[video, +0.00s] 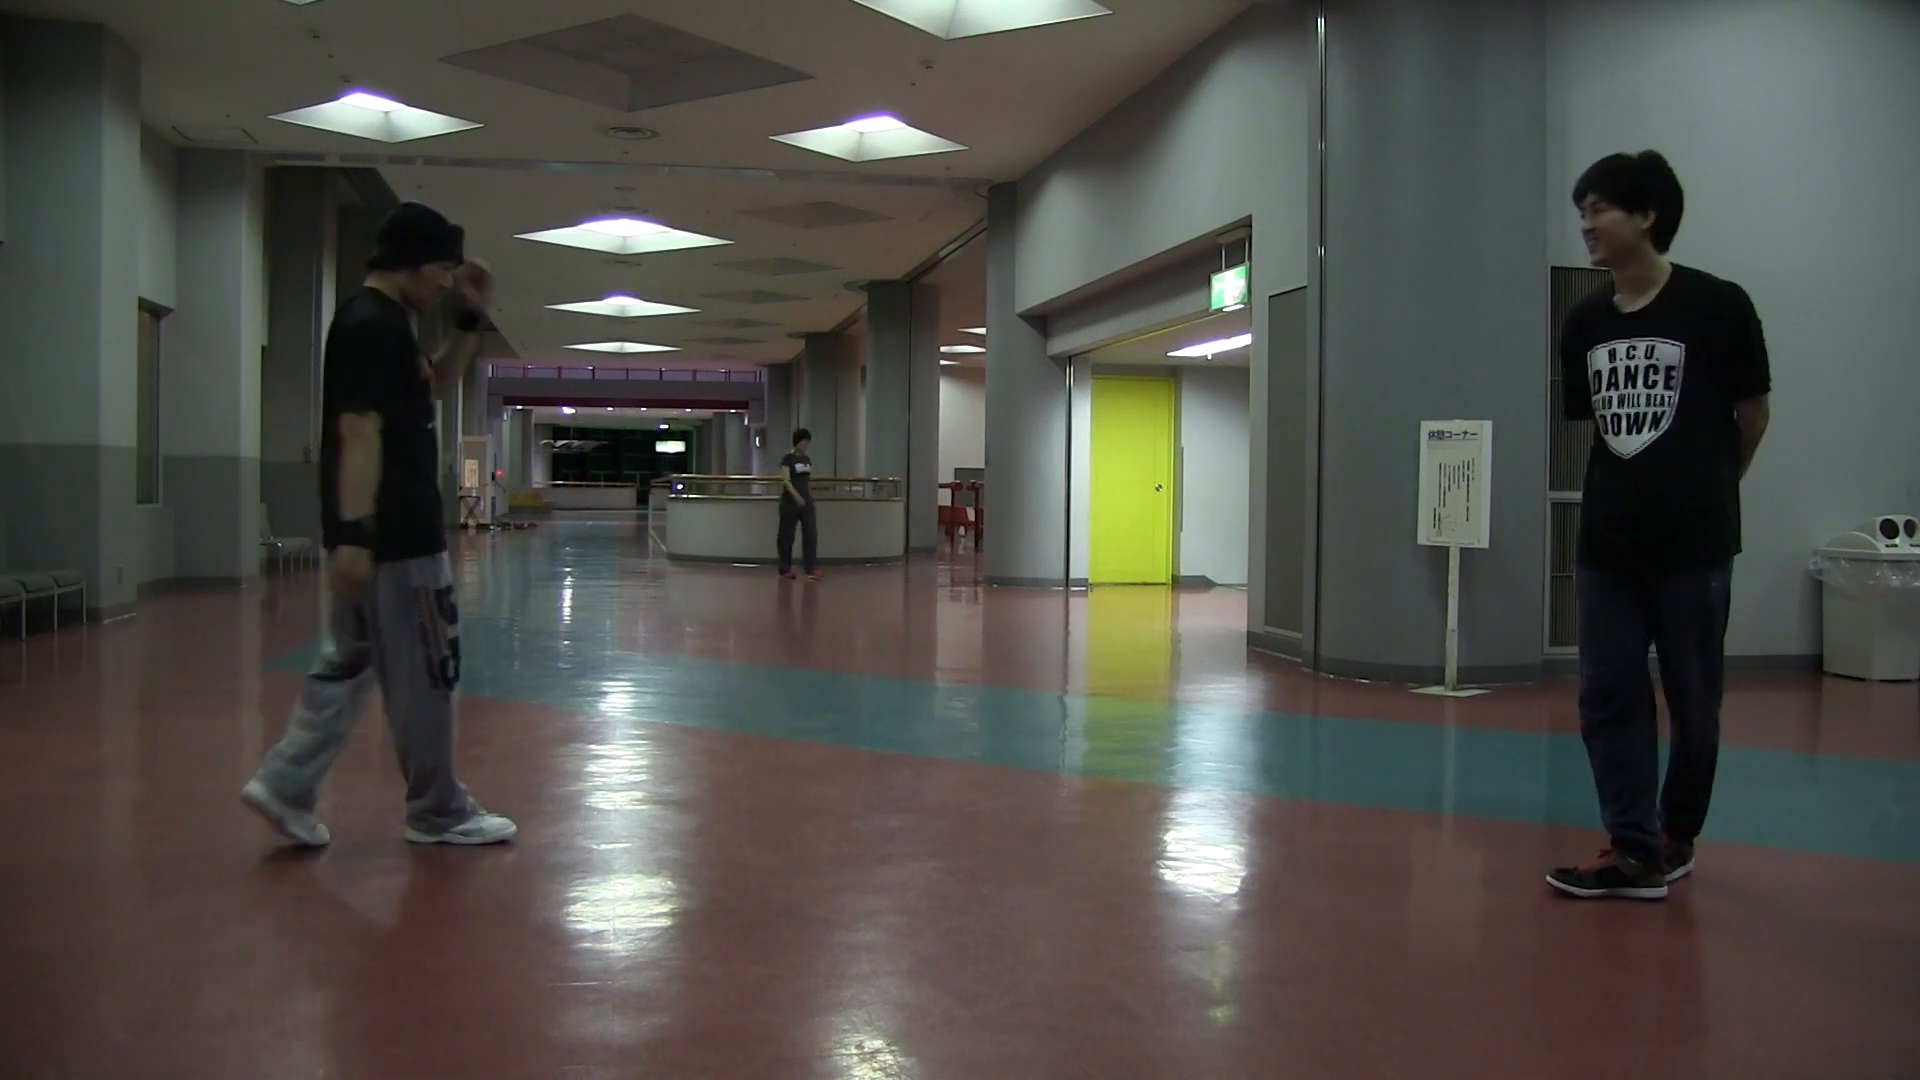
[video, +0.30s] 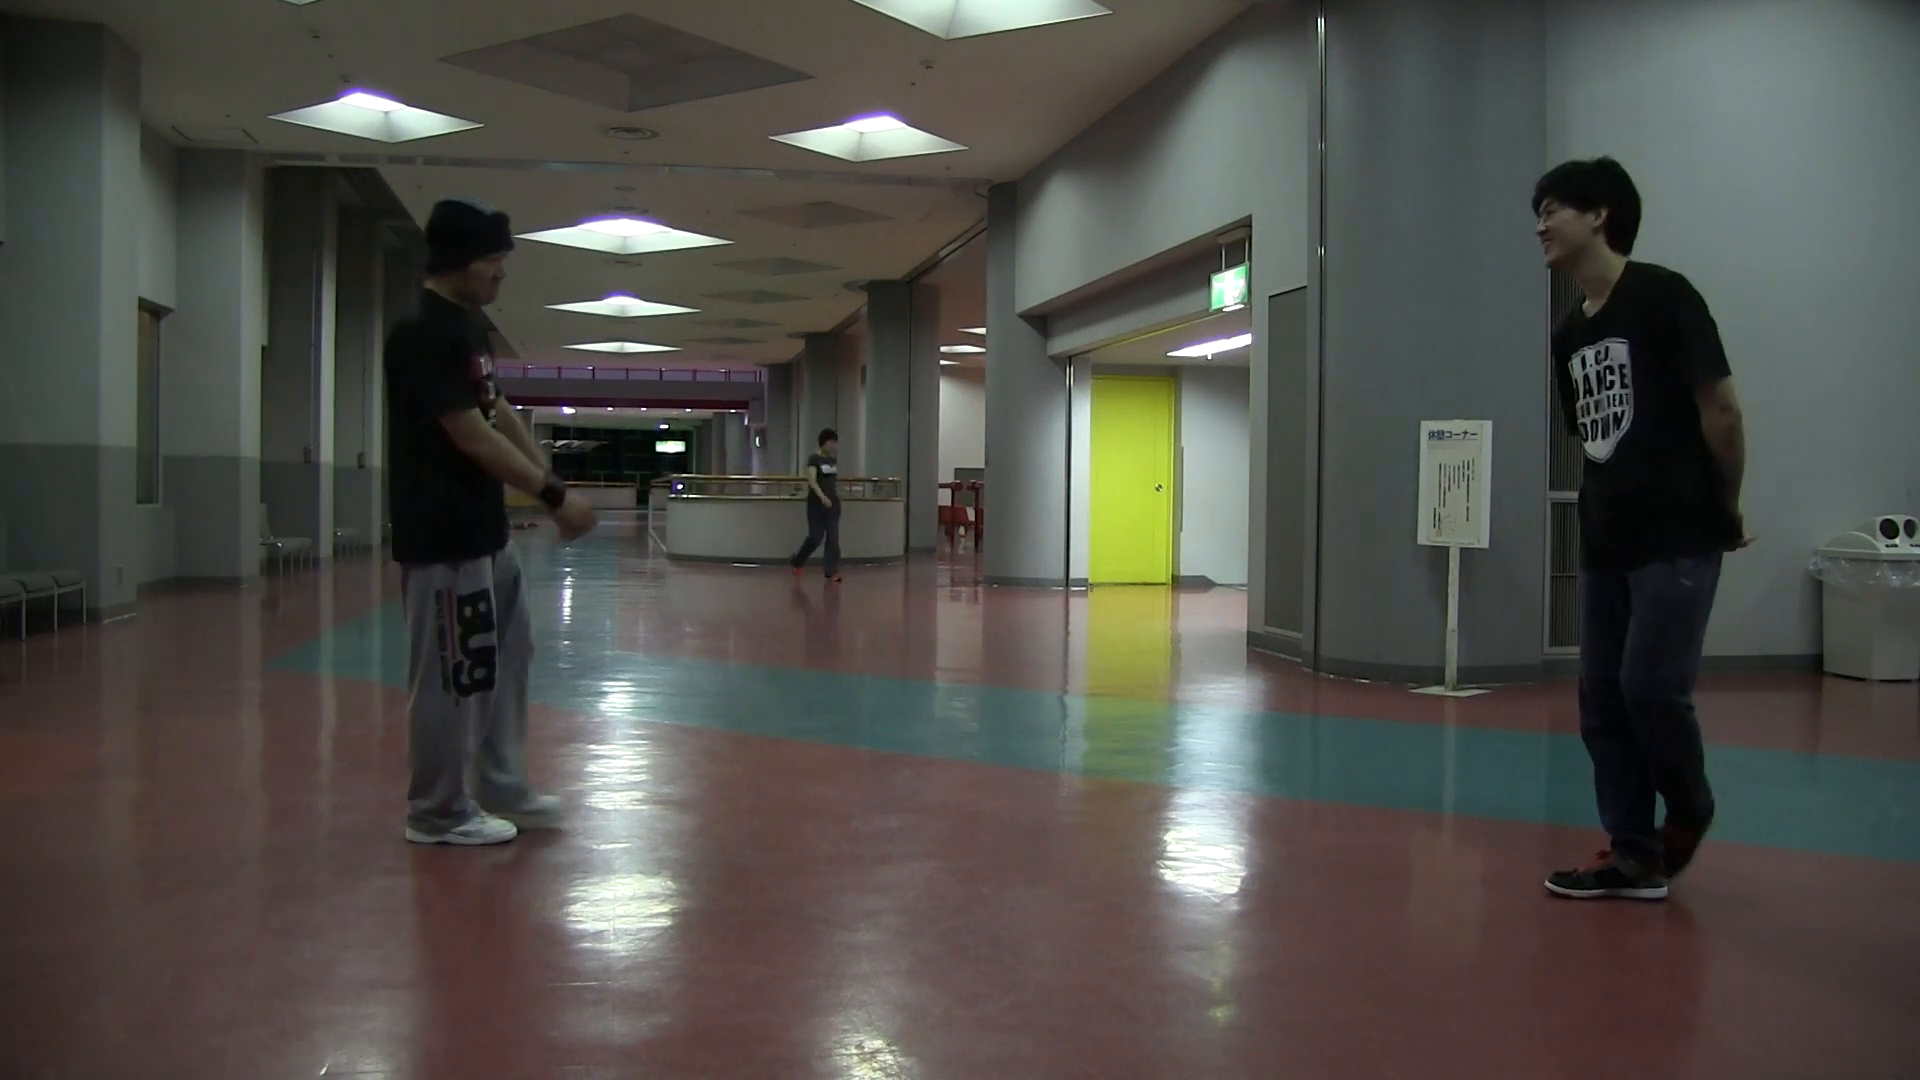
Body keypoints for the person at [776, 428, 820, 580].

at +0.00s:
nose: (806, 446)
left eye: (807, 442)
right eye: (805, 442)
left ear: (807, 443)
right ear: (798, 442)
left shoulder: (806, 460)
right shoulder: (787, 459)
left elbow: (805, 481)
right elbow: (786, 481)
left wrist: (808, 496)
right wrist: (797, 497)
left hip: (805, 499)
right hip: (790, 500)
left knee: (810, 534)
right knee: (786, 535)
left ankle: (810, 567)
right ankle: (785, 568)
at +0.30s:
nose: (834, 446)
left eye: (835, 442)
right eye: (832, 442)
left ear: (834, 444)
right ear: (823, 443)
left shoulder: (832, 461)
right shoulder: (814, 459)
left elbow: (830, 483)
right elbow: (812, 481)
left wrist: (834, 498)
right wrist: (823, 498)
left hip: (832, 500)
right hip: (817, 501)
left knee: (832, 537)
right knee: (816, 536)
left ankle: (831, 571)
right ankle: (797, 562)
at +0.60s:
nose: (857, 446)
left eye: (858, 443)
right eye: (854, 443)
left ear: (857, 444)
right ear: (846, 443)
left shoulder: (857, 461)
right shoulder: (836, 461)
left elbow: (864, 480)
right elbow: (823, 482)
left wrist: (877, 491)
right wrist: (816, 503)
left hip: (853, 504)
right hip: (840, 504)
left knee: (841, 539)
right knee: (849, 537)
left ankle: (832, 571)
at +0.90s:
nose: (884, 443)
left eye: (884, 440)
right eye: (881, 439)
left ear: (881, 441)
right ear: (873, 440)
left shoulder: (881, 459)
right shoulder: (862, 459)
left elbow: (886, 482)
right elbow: (857, 483)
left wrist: (894, 500)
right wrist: (860, 505)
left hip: (881, 504)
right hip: (867, 505)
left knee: (885, 537)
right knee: (869, 539)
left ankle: (867, 561)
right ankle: (869, 572)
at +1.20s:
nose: (913, 446)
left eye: (913, 443)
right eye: (911, 443)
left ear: (908, 443)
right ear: (904, 443)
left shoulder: (909, 461)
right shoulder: (893, 461)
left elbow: (908, 483)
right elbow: (897, 482)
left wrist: (911, 499)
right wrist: (914, 493)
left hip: (910, 506)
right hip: (895, 507)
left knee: (916, 540)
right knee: (889, 541)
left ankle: (922, 576)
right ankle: (872, 571)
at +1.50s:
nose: (944, 443)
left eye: (945, 440)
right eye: (942, 439)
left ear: (938, 440)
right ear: (934, 439)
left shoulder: (939, 459)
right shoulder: (922, 458)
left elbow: (945, 484)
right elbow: (917, 483)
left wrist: (954, 503)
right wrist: (915, 505)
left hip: (938, 503)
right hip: (927, 504)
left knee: (931, 539)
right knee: (938, 537)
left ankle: (924, 575)